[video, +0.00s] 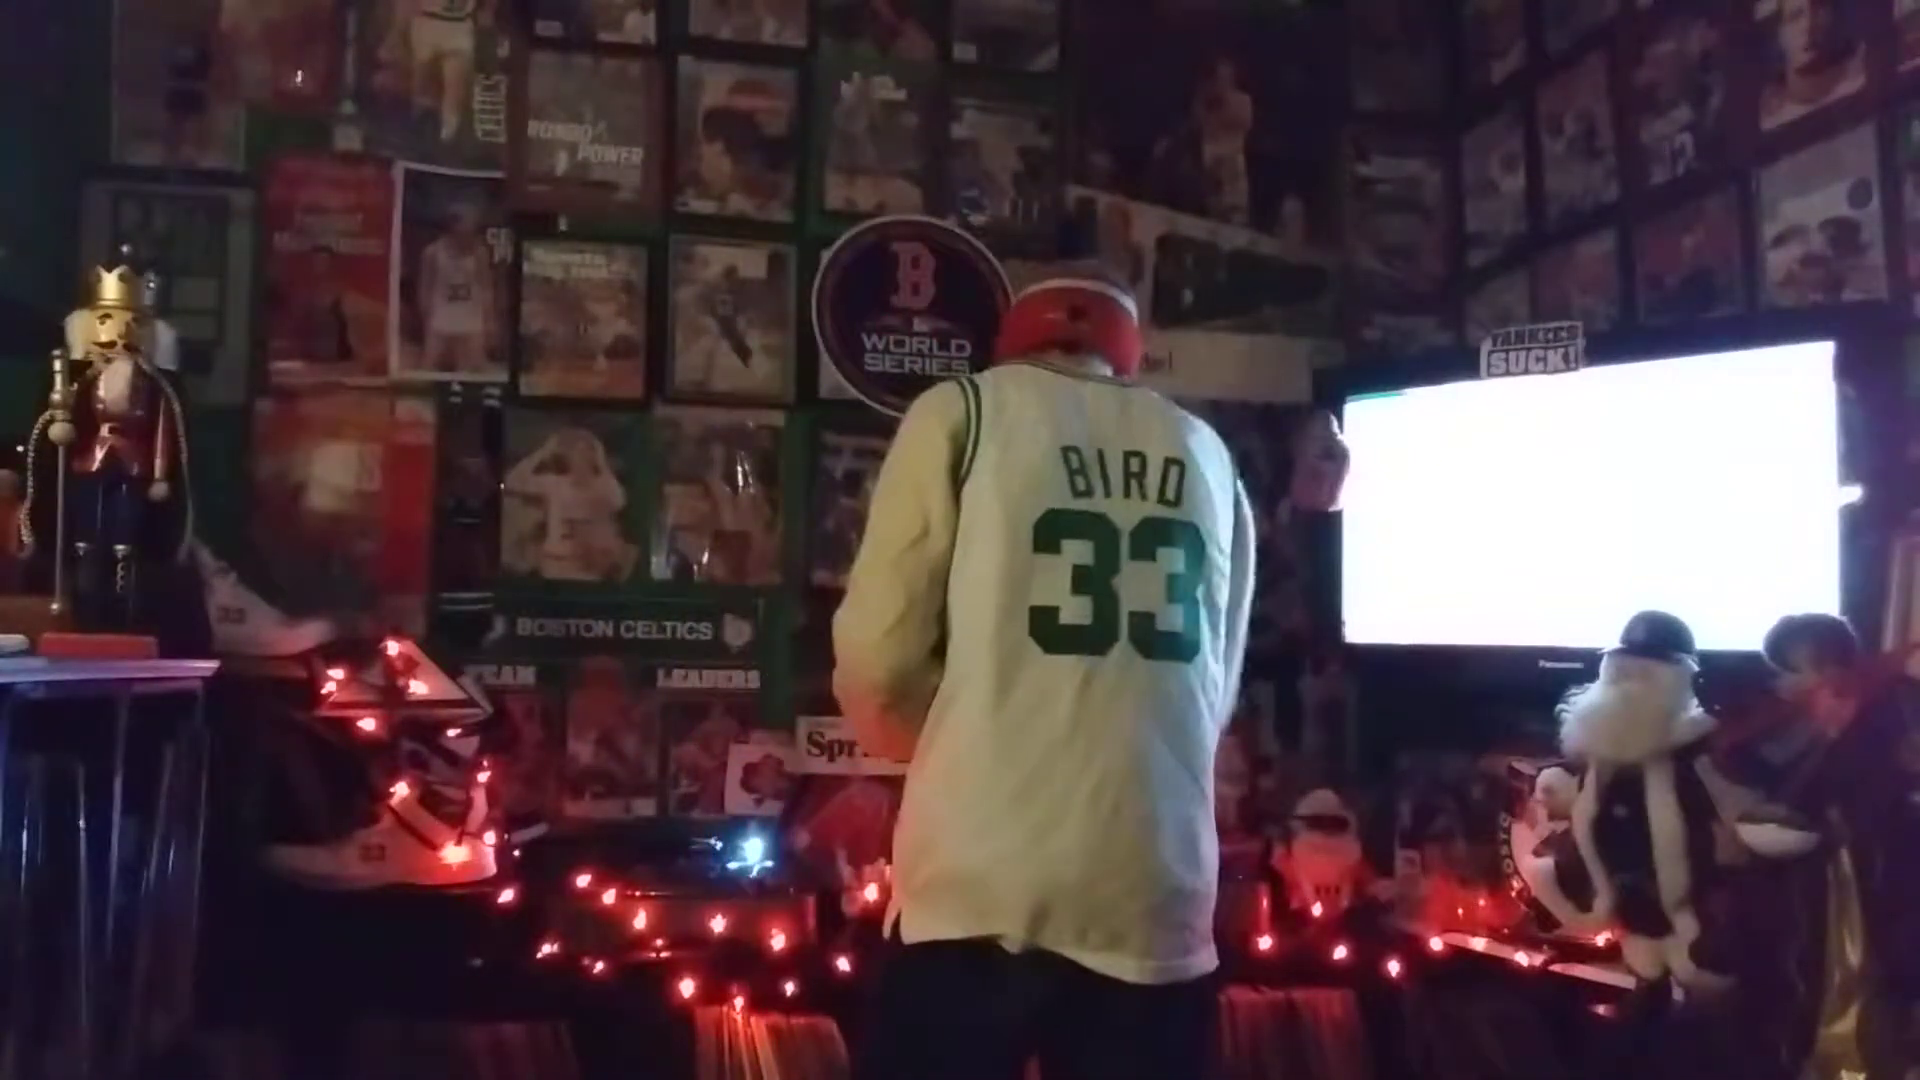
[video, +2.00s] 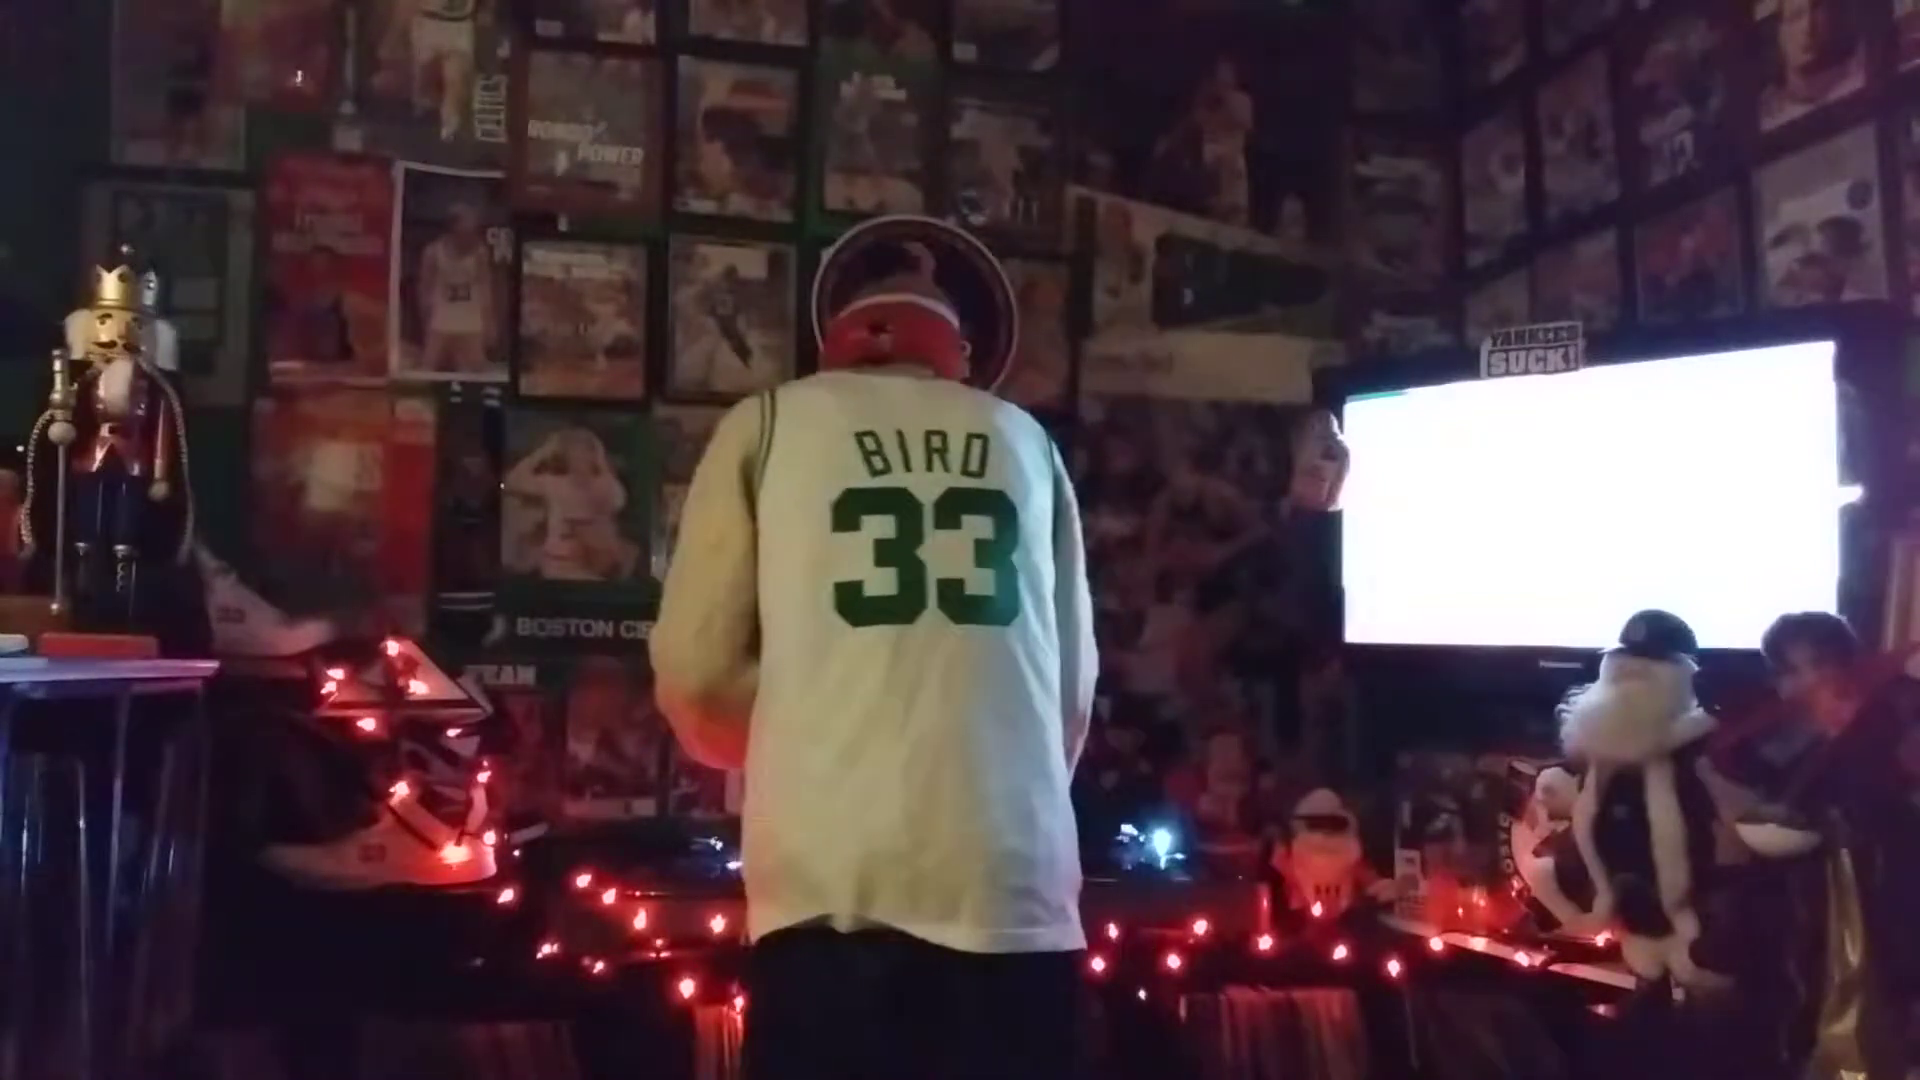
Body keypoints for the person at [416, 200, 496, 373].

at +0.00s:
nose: (465, 235)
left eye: (469, 230)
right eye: (461, 229)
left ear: (475, 229)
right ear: (452, 227)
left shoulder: (481, 252)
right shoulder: (433, 253)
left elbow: (488, 290)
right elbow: (425, 288)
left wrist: (490, 323)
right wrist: (427, 315)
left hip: (472, 328)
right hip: (440, 327)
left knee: (472, 379)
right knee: (433, 379)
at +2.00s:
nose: (466, 236)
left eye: (470, 231)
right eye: (462, 230)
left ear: (475, 230)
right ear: (452, 229)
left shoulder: (481, 252)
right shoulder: (434, 252)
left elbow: (487, 289)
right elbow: (425, 286)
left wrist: (490, 323)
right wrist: (427, 313)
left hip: (472, 326)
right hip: (441, 325)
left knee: (474, 376)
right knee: (432, 377)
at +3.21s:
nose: (467, 235)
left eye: (471, 231)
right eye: (462, 230)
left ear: (476, 230)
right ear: (453, 228)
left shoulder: (480, 253)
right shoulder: (434, 252)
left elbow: (486, 289)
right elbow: (425, 286)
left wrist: (489, 322)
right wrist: (426, 315)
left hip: (472, 327)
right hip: (440, 327)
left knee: (472, 379)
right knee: (433, 379)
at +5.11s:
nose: (468, 235)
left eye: (472, 230)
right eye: (464, 230)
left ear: (476, 230)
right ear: (453, 229)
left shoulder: (480, 253)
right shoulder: (433, 253)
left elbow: (486, 289)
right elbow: (426, 289)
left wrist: (489, 321)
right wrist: (426, 320)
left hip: (472, 325)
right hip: (440, 325)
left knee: (473, 378)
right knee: (435, 379)